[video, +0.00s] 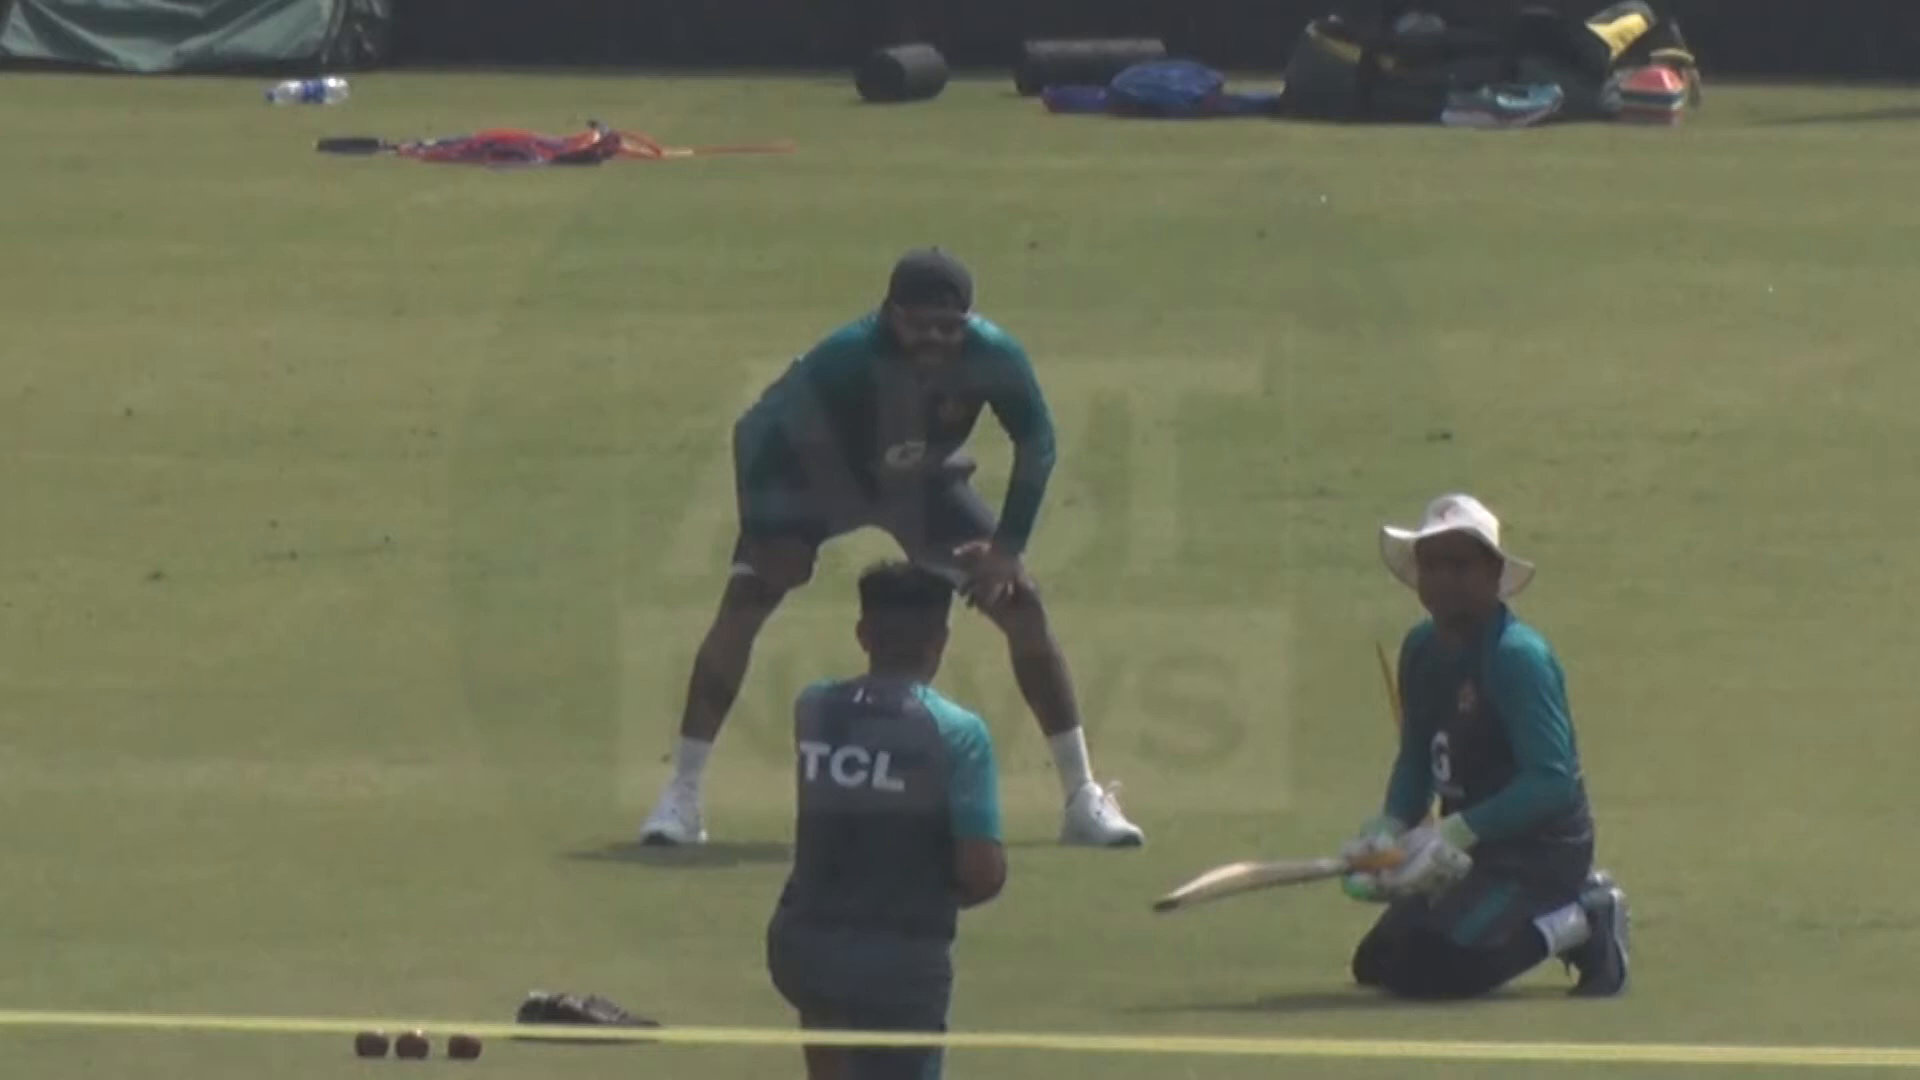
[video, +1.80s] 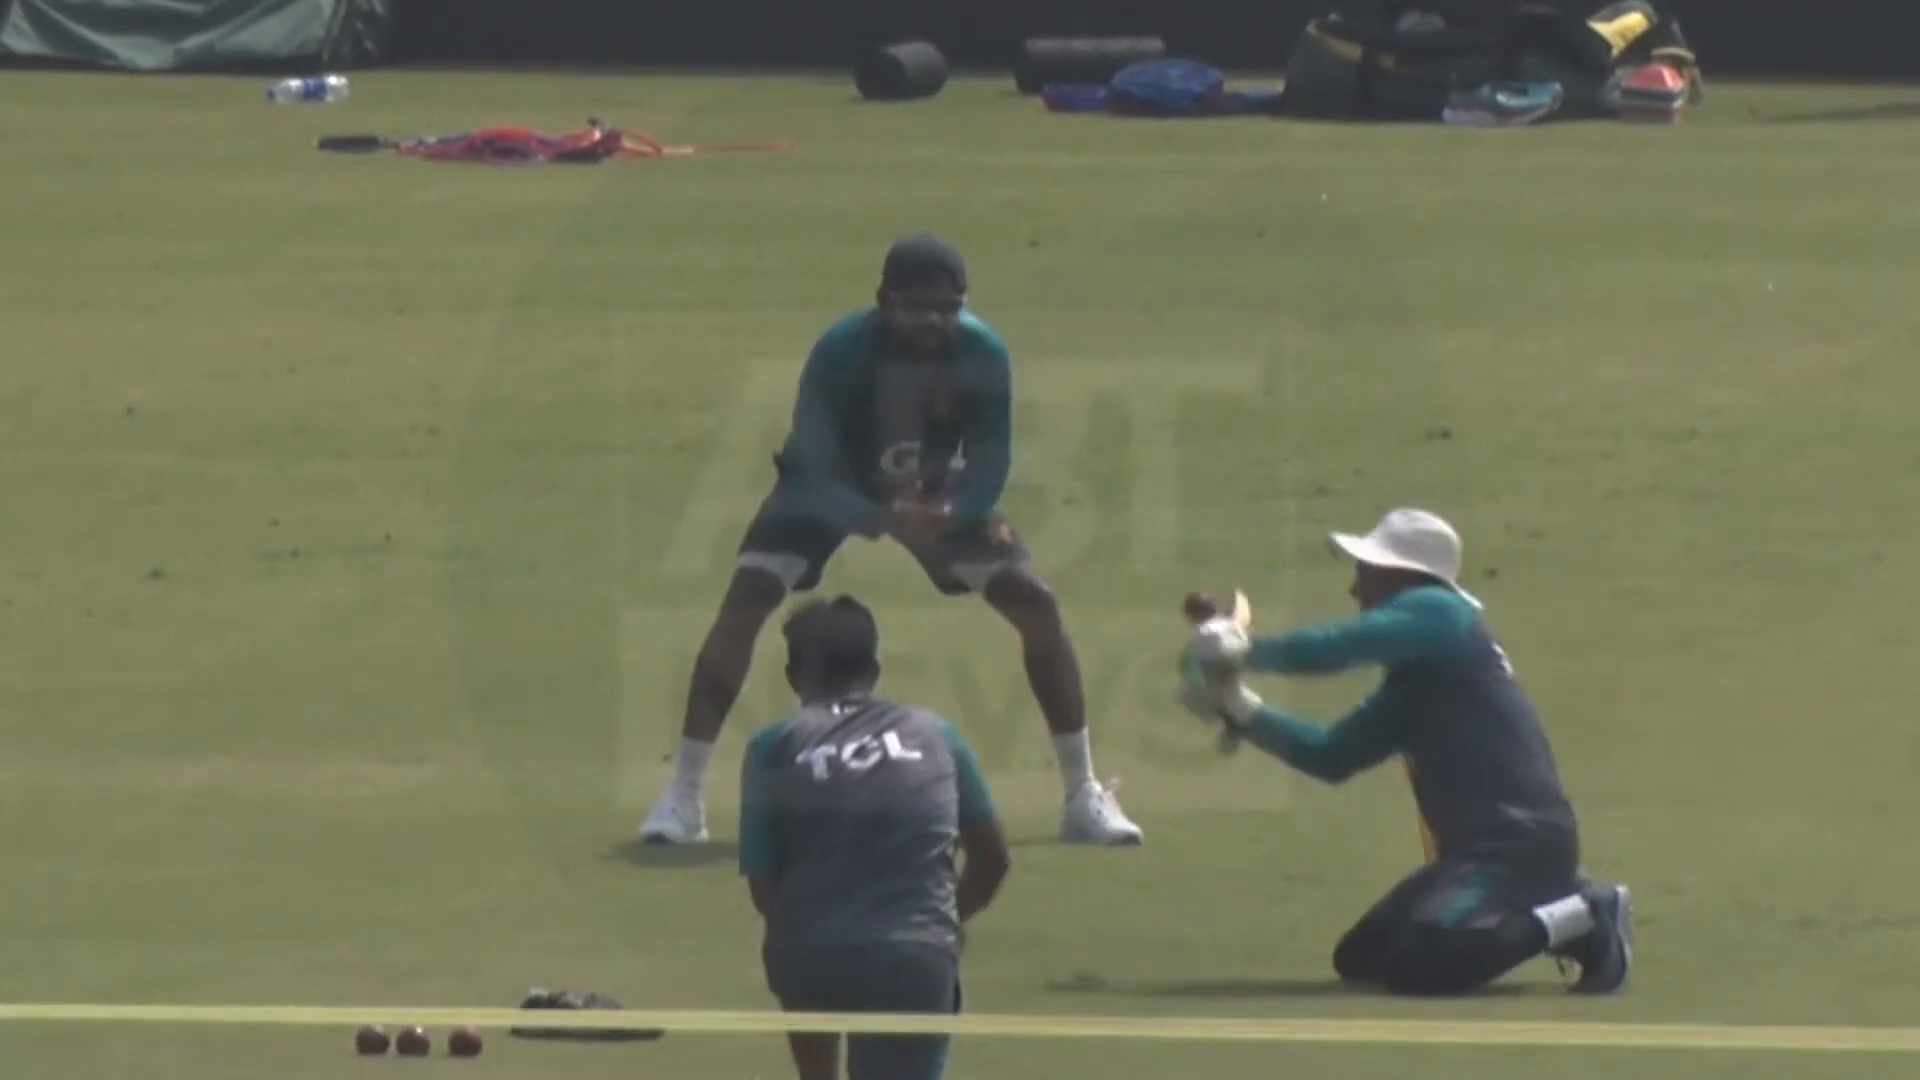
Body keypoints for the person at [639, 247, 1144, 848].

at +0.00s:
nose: (931, 341)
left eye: (944, 328)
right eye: (917, 327)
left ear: (965, 321)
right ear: (890, 315)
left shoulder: (996, 359)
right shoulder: (845, 358)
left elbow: (1037, 443)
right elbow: (758, 430)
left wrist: (1008, 544)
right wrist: (768, 536)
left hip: (922, 484)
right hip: (813, 480)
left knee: (1023, 612)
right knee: (744, 604)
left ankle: (1084, 796)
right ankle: (681, 796)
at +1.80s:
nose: (933, 323)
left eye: (946, 309)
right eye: (918, 310)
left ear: (961, 304)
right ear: (885, 302)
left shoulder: (983, 356)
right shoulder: (840, 352)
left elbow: (990, 462)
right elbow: (814, 475)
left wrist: (955, 518)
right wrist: (887, 522)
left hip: (934, 499)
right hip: (832, 494)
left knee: (1037, 608)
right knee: (747, 599)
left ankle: (1085, 795)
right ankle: (684, 794)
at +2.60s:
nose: (1281, 403)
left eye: (1288, 390)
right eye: (1287, 388)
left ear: (1240, 340)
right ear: (1270, 372)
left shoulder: (1179, 363)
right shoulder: (1196, 392)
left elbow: (1086, 459)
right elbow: (1118, 510)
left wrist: (1021, 534)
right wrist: (1124, 619)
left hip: (1032, 469)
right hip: (965, 442)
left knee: (1121, 603)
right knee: (891, 626)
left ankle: (1091, 797)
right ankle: (736, 771)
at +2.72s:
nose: (1275, 354)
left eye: (1278, 341)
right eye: (1280, 341)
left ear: (1228, 299)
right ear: (1267, 336)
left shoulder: (1171, 326)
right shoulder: (1202, 357)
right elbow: (1147, 480)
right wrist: (1158, 599)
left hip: (1035, 458)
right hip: (972, 441)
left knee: (1114, 599)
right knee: (922, 621)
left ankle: (1088, 798)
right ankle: (760, 771)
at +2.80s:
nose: (1262, 327)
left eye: (1264, 314)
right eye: (1267, 314)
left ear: (1214, 274)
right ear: (1258, 305)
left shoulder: (1165, 309)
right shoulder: (1200, 328)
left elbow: (1061, 410)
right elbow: (1148, 457)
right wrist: (1163, 578)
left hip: (1033, 453)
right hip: (972, 436)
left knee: (1110, 594)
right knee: (930, 621)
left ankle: (1089, 796)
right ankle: (766, 764)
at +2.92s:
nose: (1244, 298)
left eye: (1245, 284)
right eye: (1247, 285)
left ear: (1188, 248)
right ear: (1239, 280)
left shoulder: (1141, 285)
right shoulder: (1179, 307)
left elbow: (1037, 406)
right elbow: (1129, 427)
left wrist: (1004, 531)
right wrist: (1148, 549)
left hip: (1026, 445)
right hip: (972, 431)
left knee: (1101, 594)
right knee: (927, 616)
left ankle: (1088, 796)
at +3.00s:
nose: (1227, 282)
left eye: (1230, 268)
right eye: (1231, 268)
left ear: (1176, 235)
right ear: (1218, 263)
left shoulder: (1127, 279)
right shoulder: (1158, 289)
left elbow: (1039, 404)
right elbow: (1106, 412)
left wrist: (1023, 535)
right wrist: (1123, 534)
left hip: (1022, 439)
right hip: (959, 424)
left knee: (1091, 593)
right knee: (916, 611)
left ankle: (1088, 796)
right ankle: (751, 754)